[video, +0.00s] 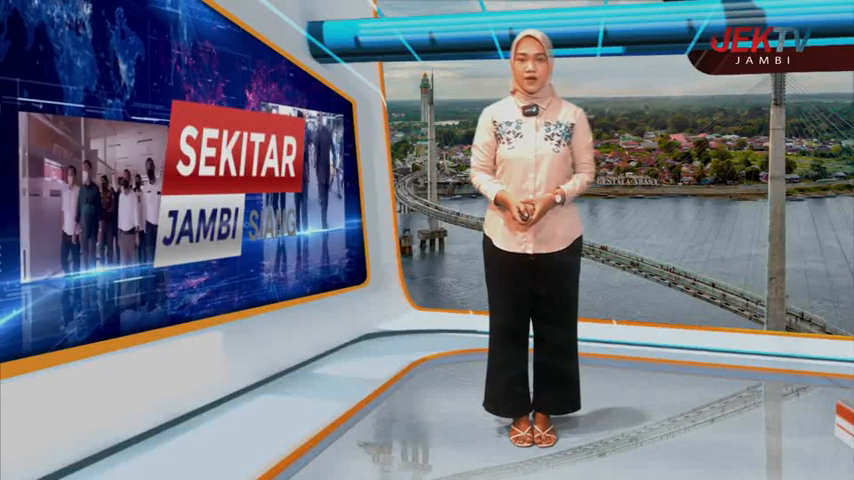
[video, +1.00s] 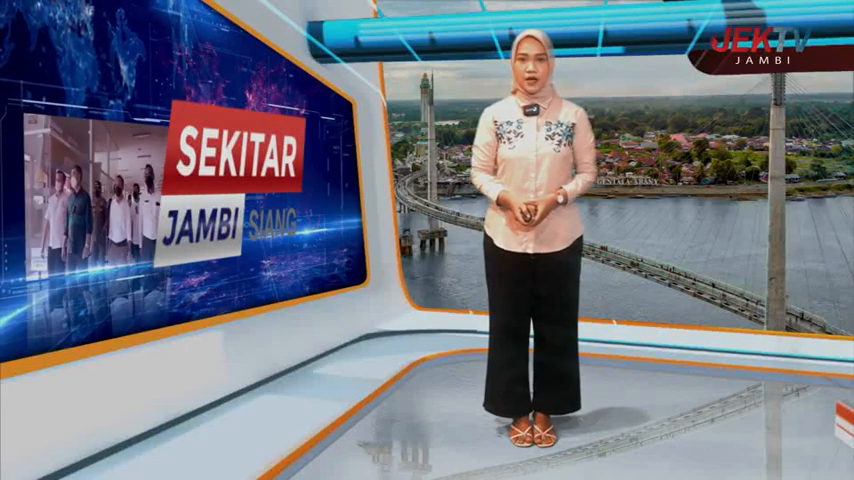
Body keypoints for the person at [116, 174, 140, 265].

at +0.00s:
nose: (124, 181)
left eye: (126, 179)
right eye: (123, 179)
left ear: (129, 181)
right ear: (121, 181)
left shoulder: (133, 195)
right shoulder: (120, 194)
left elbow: (136, 212)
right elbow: (114, 185)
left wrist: (137, 231)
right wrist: (114, 176)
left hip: (131, 230)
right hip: (121, 230)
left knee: (133, 259)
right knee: (123, 258)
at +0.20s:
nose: (116, 184)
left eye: (118, 181)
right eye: (115, 181)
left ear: (122, 182)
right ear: (114, 183)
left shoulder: (127, 196)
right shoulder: (113, 195)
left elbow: (129, 212)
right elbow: (112, 212)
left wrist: (131, 229)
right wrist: (112, 228)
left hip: (125, 230)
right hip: (115, 230)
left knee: (126, 258)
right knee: (116, 258)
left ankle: (127, 276)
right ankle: (117, 276)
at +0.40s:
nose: (115, 196)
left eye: (116, 194)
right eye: (113, 194)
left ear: (119, 192)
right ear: (112, 193)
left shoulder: (124, 201)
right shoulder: (111, 201)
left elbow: (127, 217)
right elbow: (109, 217)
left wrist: (129, 232)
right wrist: (108, 232)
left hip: (123, 234)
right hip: (113, 234)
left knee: (123, 259)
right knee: (114, 259)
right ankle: (114, 278)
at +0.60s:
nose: (113, 191)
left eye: (115, 188)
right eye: (111, 188)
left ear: (118, 189)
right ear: (109, 190)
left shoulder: (123, 204)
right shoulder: (109, 204)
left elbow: (127, 219)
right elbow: (108, 220)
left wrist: (129, 234)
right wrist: (106, 235)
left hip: (122, 237)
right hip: (112, 237)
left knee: (123, 264)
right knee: (113, 264)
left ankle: (124, 290)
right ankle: (114, 290)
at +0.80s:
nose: (114, 183)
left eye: (117, 181)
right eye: (113, 181)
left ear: (121, 183)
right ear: (111, 183)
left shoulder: (125, 199)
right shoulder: (110, 199)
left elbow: (127, 216)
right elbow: (108, 216)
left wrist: (128, 232)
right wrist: (107, 230)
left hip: (122, 234)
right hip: (112, 234)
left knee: (122, 261)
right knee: (112, 260)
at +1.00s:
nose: (116, 186)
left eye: (118, 184)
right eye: (115, 184)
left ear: (122, 186)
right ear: (113, 185)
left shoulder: (126, 202)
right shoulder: (110, 201)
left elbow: (128, 220)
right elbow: (109, 219)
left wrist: (129, 238)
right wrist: (108, 236)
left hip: (123, 240)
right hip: (112, 240)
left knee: (122, 267)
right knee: (111, 267)